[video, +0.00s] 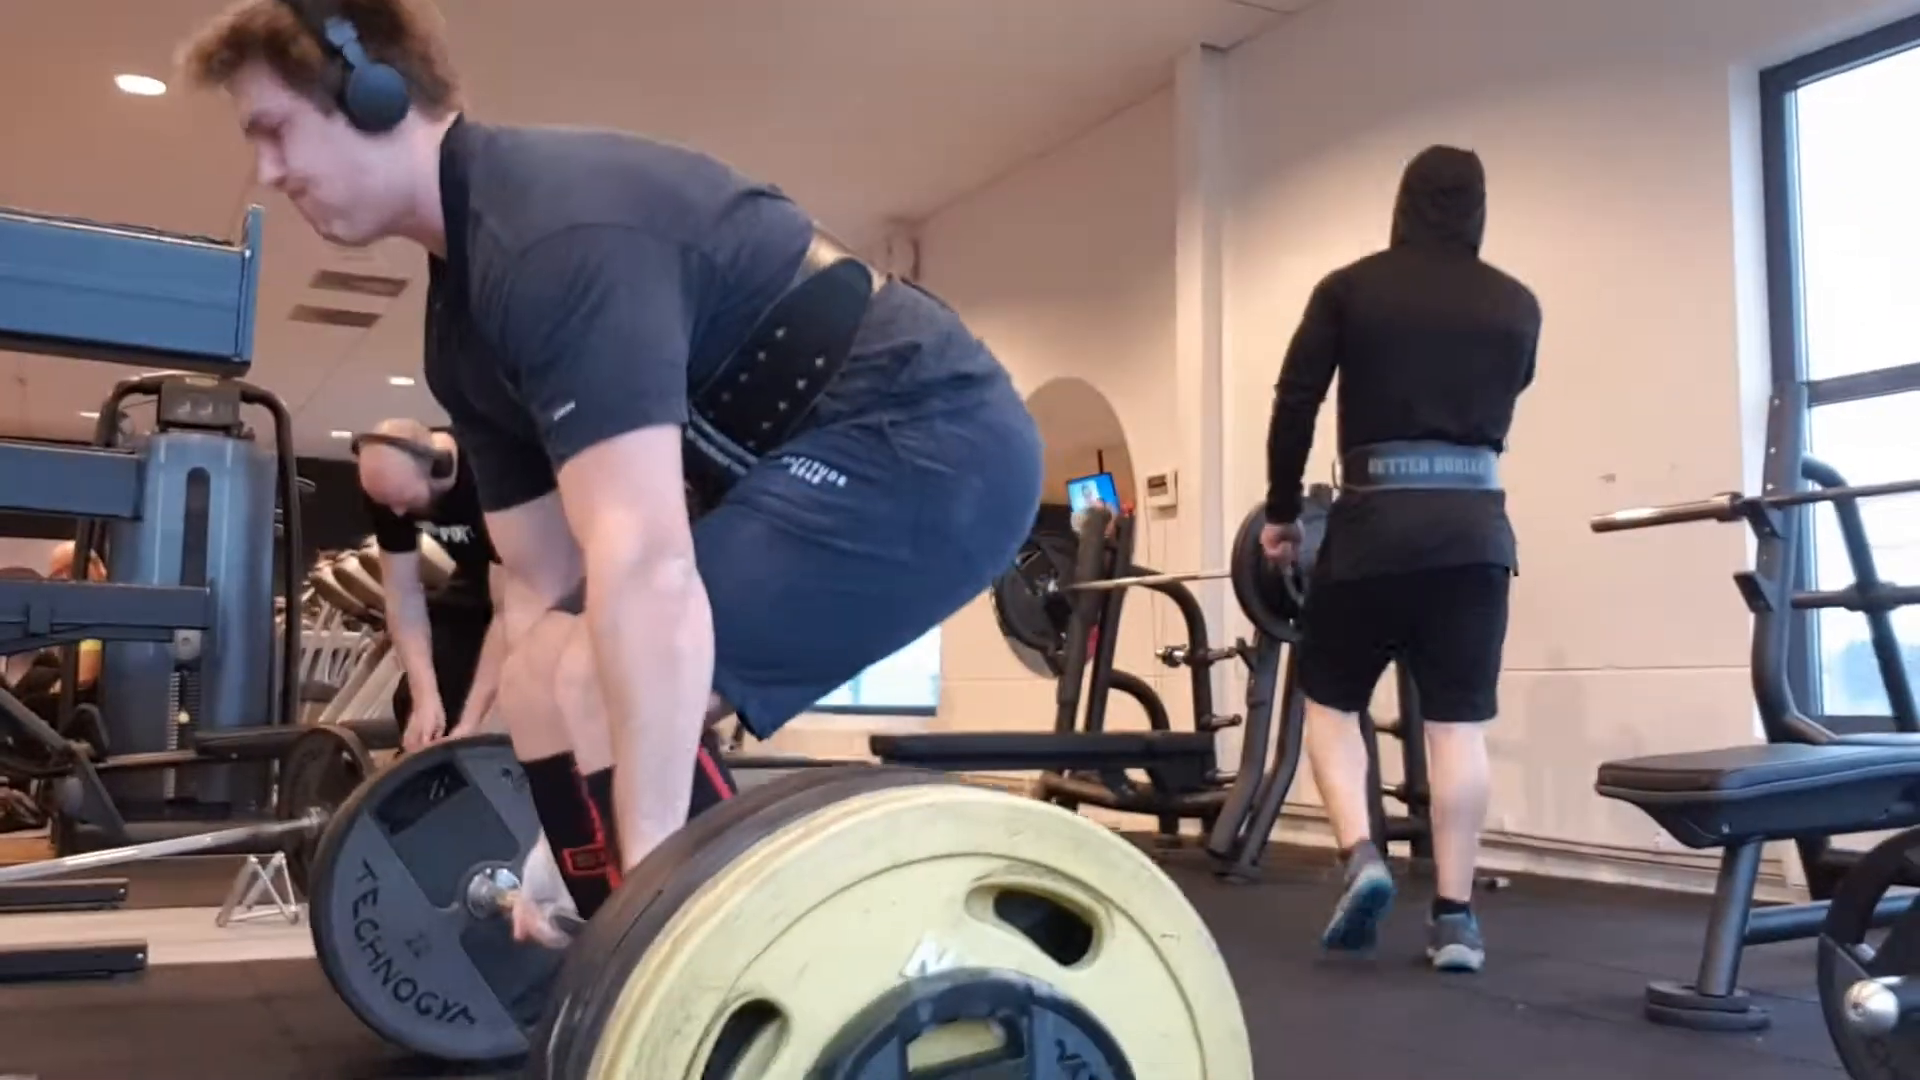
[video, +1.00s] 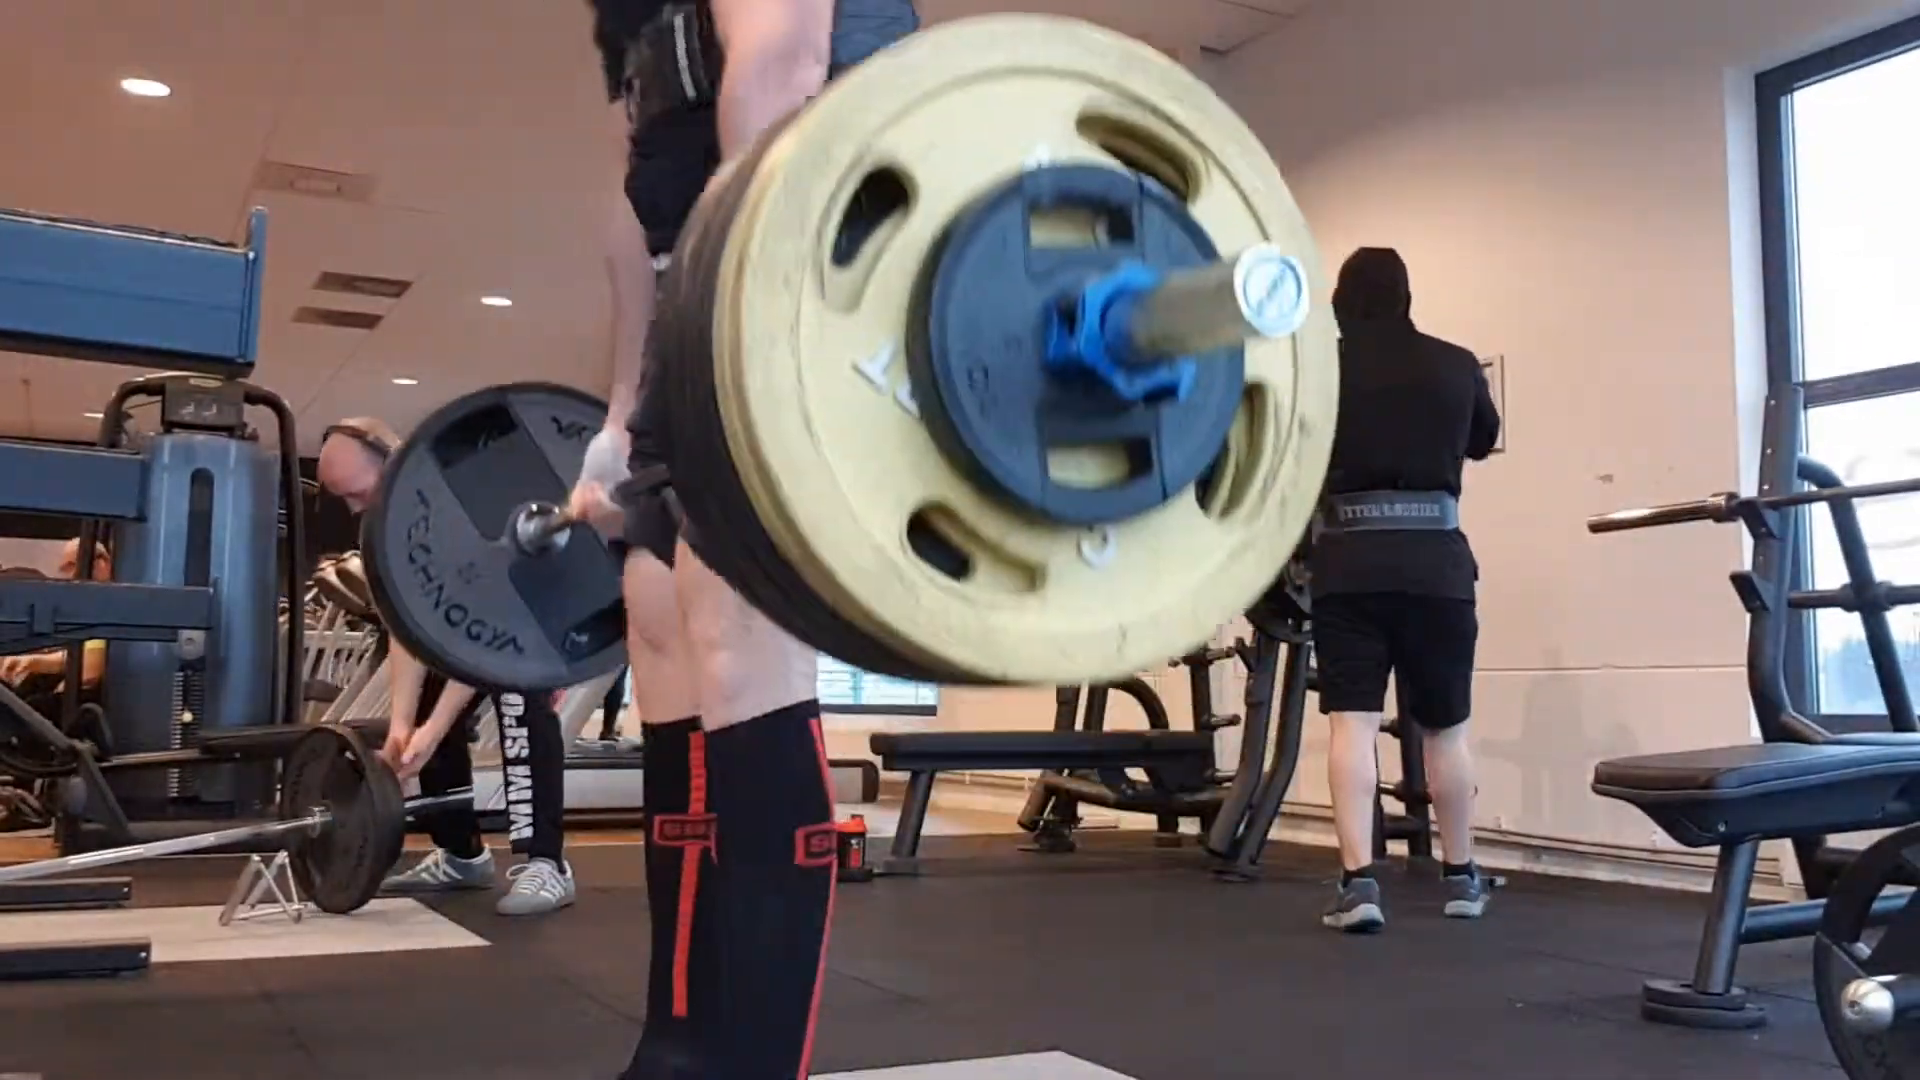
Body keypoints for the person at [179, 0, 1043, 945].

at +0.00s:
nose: (268, 176)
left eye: (275, 132)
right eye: (256, 145)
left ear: (373, 88)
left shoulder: (563, 232)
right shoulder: (459, 321)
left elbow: (650, 569)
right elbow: (535, 585)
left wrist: (654, 897)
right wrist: (515, 836)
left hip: (920, 431)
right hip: (816, 455)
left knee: (603, 678)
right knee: (535, 676)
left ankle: (735, 971)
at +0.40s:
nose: (356, 15)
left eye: (374, 2)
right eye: (359, 11)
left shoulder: (621, 106)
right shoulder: (517, 206)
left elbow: (679, 427)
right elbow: (569, 470)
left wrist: (669, 720)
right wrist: (569, 720)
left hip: (942, 370)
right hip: (824, 394)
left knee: (688, 667)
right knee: (603, 638)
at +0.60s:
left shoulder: (643, 15)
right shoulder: (532, 106)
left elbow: (703, 300)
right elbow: (589, 366)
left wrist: (692, 596)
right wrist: (594, 613)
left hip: (921, 328)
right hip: (790, 349)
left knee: (763, 694)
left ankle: (720, 1045)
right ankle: (699, 1036)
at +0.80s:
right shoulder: (547, 17)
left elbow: (732, 153)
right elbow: (609, 248)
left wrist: (758, 465)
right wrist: (621, 493)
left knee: (697, 639)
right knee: (695, 642)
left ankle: (713, 1051)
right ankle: (696, 1042)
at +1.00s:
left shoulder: (781, 11)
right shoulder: (644, 33)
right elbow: (639, 186)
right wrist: (621, 414)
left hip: (764, 345)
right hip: (679, 359)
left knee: (732, 630)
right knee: (656, 623)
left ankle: (736, 1054)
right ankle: (681, 1033)